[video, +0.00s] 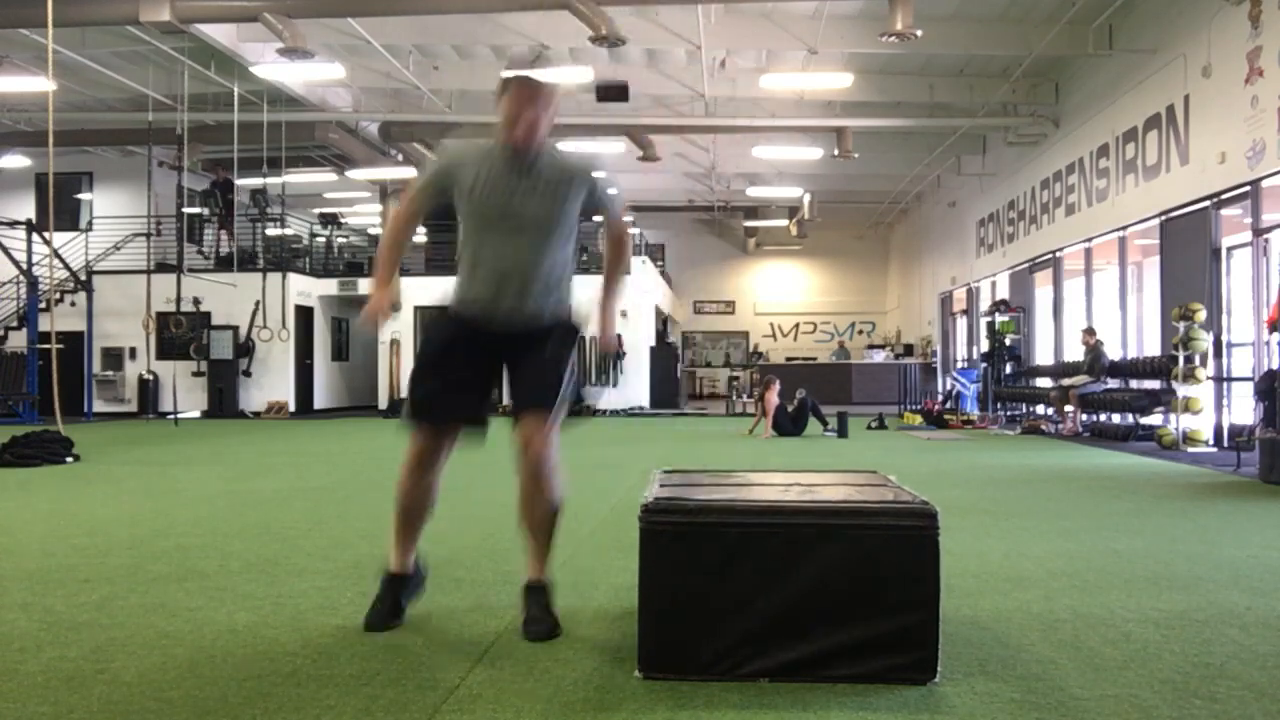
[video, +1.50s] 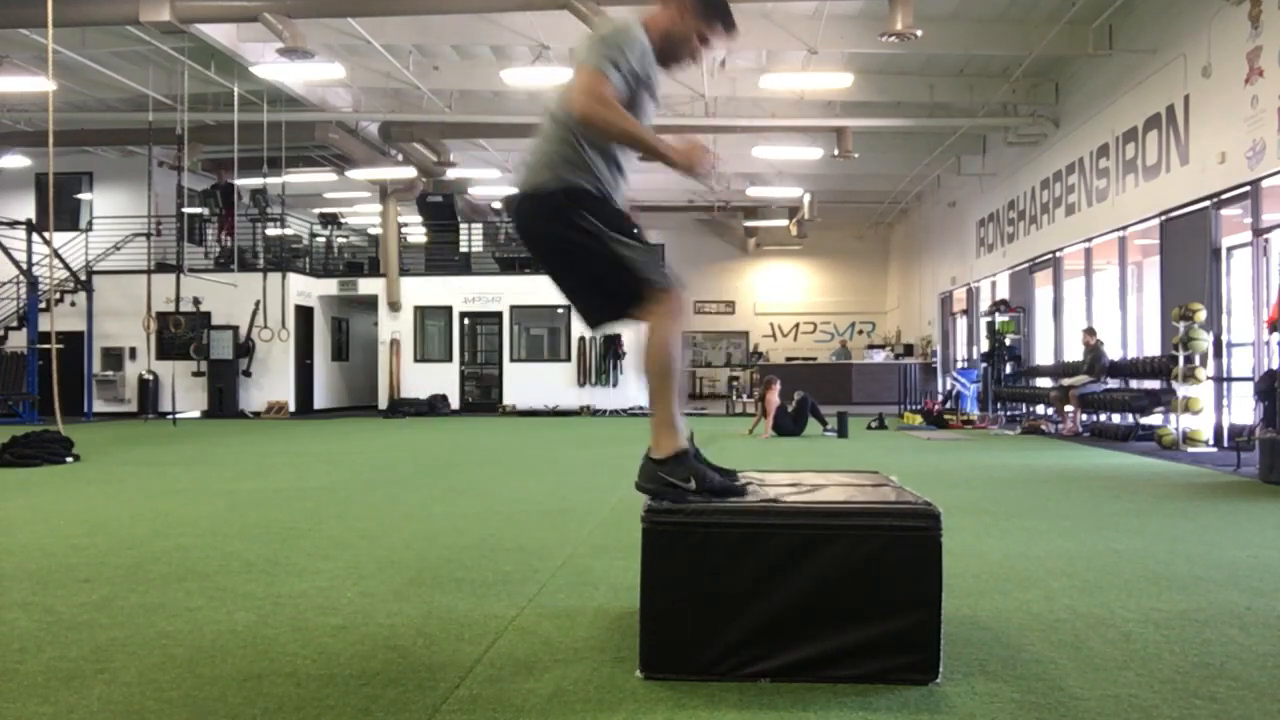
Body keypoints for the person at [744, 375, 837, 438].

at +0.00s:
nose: (779, 387)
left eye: (778, 384)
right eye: (778, 384)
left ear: (767, 385)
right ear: (772, 385)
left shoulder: (765, 396)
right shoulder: (771, 396)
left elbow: (759, 416)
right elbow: (769, 416)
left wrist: (751, 430)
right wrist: (767, 433)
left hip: (785, 430)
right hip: (793, 430)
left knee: (808, 401)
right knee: (806, 401)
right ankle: (826, 426)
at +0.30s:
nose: (779, 387)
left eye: (779, 385)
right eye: (778, 385)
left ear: (767, 386)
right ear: (773, 385)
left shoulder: (764, 396)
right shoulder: (772, 396)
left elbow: (759, 415)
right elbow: (769, 416)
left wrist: (750, 430)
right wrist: (767, 433)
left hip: (784, 430)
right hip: (793, 431)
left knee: (782, 407)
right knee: (806, 399)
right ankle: (826, 426)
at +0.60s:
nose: (779, 387)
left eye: (779, 385)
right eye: (778, 385)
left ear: (767, 385)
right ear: (773, 385)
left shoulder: (764, 396)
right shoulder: (772, 396)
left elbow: (759, 415)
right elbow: (769, 416)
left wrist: (750, 430)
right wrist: (767, 433)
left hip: (784, 430)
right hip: (792, 430)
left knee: (803, 398)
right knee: (806, 400)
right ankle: (826, 426)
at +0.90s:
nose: (779, 387)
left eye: (779, 385)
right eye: (778, 385)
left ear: (767, 385)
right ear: (773, 385)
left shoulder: (764, 396)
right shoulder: (772, 396)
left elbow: (759, 415)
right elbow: (769, 416)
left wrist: (750, 430)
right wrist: (767, 433)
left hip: (784, 430)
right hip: (792, 430)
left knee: (803, 398)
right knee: (806, 400)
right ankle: (826, 426)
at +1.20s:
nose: (779, 387)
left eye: (779, 384)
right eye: (778, 384)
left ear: (767, 385)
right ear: (773, 385)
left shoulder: (765, 396)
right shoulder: (772, 396)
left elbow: (759, 415)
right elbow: (769, 416)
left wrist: (750, 430)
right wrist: (767, 433)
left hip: (785, 430)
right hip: (793, 430)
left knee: (803, 398)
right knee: (806, 399)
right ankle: (826, 426)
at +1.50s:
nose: (779, 387)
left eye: (779, 385)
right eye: (778, 385)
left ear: (767, 385)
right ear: (773, 385)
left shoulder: (765, 396)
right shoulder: (772, 396)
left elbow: (759, 415)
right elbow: (770, 416)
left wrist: (750, 430)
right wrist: (767, 433)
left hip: (785, 430)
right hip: (792, 430)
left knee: (803, 397)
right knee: (806, 400)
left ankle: (825, 424)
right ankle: (826, 426)